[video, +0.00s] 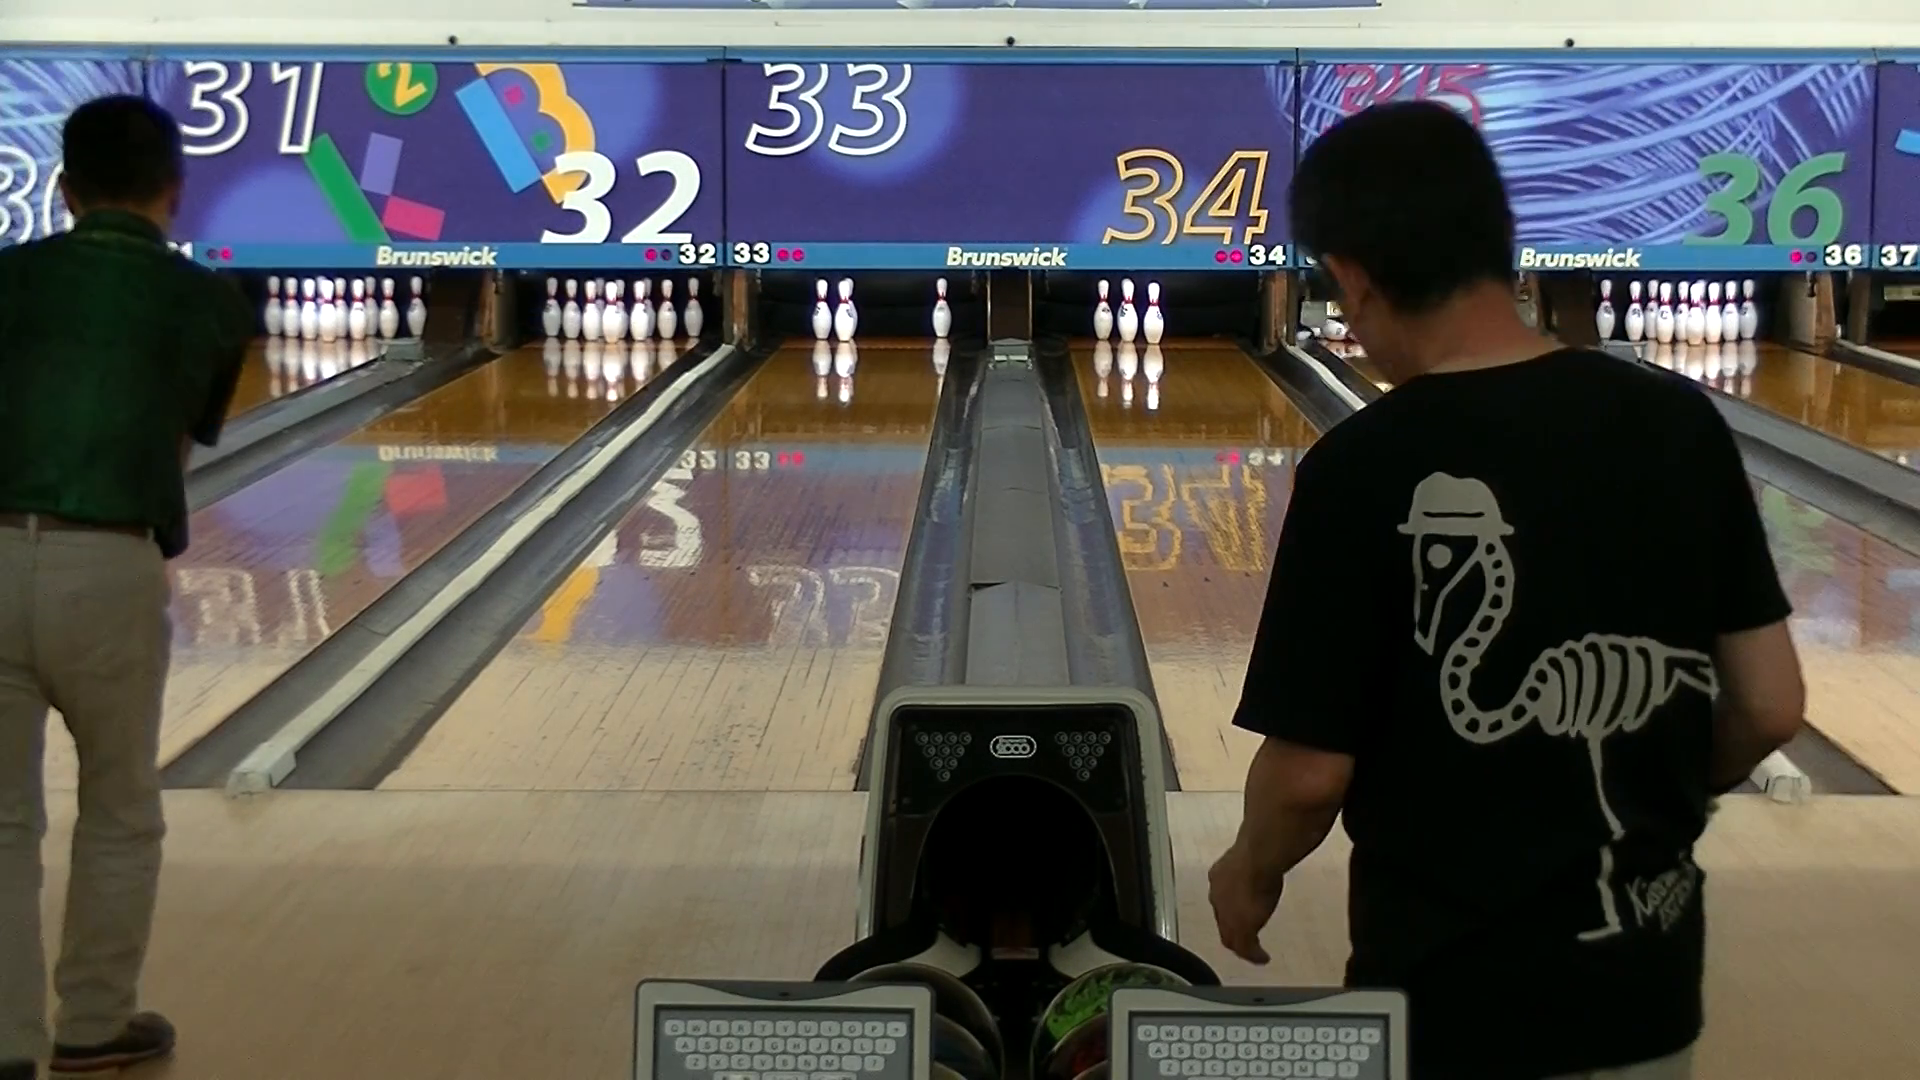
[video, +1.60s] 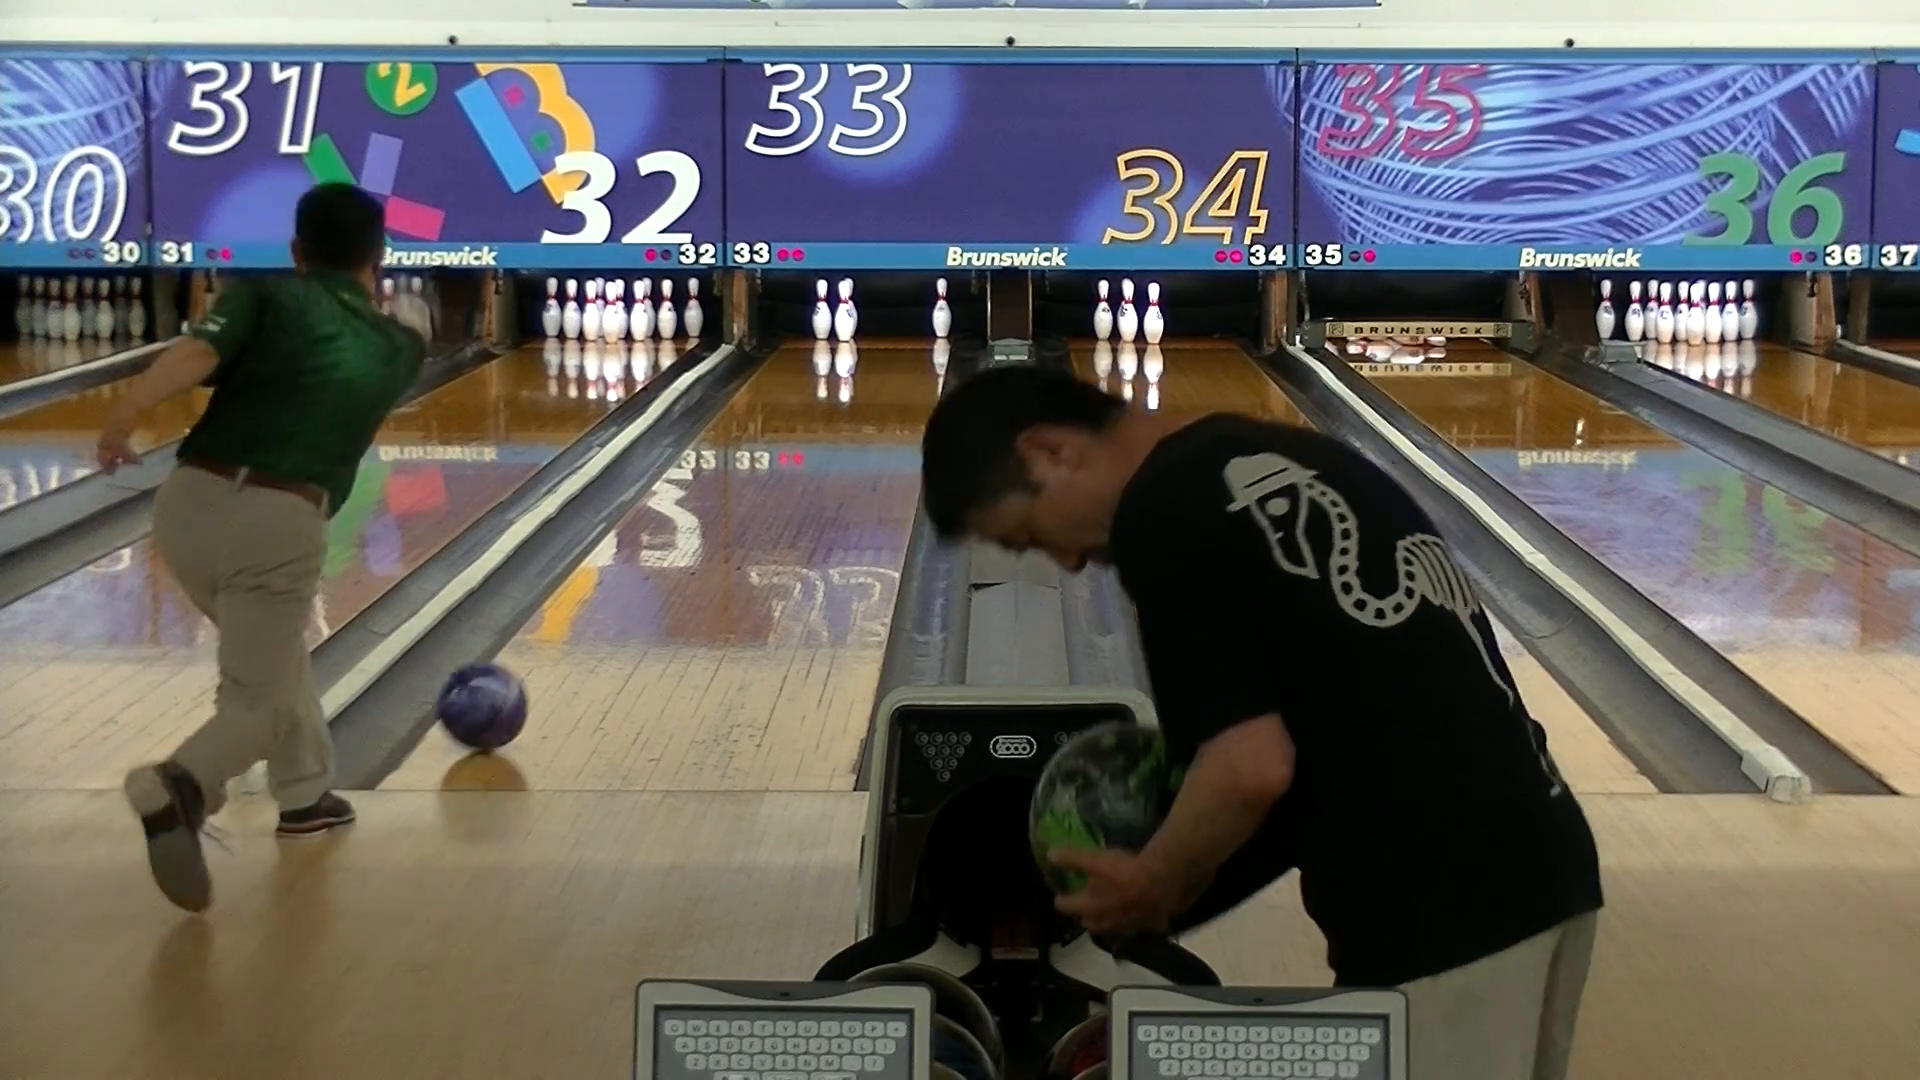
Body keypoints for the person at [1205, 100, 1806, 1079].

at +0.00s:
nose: (1341, 318)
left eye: (1331, 285)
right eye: (1332, 290)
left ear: (1355, 277)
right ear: (1495, 234)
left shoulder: (1359, 467)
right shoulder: (1675, 417)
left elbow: (1311, 775)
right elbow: (1770, 703)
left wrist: (1249, 870)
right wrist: (1652, 784)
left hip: (1448, 984)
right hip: (1645, 979)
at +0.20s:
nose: (1281, 384)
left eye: (1260, 354)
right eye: (1259, 361)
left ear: (1287, 318)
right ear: (1401, 265)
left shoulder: (1335, 471)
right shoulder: (1602, 431)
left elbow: (1293, 775)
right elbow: (1699, 707)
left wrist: (1258, 848)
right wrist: (1589, 787)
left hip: (1416, 972)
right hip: (1589, 950)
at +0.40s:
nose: (1191, 456)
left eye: (1166, 424)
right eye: (1163, 433)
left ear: (1197, 378)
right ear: (1292, 329)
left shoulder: (1273, 488)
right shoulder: (1492, 445)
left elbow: (1271, 776)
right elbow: (1602, 712)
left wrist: (1238, 879)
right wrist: (1447, 765)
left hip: (1425, 976)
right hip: (1577, 944)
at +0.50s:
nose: (1139, 496)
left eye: (1117, 465)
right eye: (1115, 474)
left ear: (1147, 411)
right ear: (1239, 367)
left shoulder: (1227, 499)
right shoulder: (1436, 445)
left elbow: (1254, 780)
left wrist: (1216, 910)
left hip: (1437, 949)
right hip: (1584, 914)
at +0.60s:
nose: (1112, 542)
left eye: (1081, 509)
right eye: (1081, 518)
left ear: (1105, 443)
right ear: (1176, 405)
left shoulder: (1200, 502)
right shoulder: (1370, 455)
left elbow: (1254, 777)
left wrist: (1235, 905)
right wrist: (1228, 922)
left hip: (1438, 913)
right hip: (1577, 877)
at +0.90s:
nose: (1043, 646)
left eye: (1012, 620)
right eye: (1014, 631)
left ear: (1032, 550)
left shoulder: (1122, 562)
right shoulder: (1266, 519)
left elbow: (1197, 814)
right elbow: (1314, 801)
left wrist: (1151, 999)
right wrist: (1193, 935)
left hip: (1451, 873)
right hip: (1545, 837)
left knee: (1474, 1063)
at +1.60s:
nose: (1056, 563)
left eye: (1028, 536)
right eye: (1027, 551)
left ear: (1049, 453)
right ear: (1056, 440)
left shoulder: (1164, 510)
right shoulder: (1288, 451)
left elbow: (1251, 761)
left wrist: (1157, 881)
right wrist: (1177, 878)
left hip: (1431, 903)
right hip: (1543, 862)